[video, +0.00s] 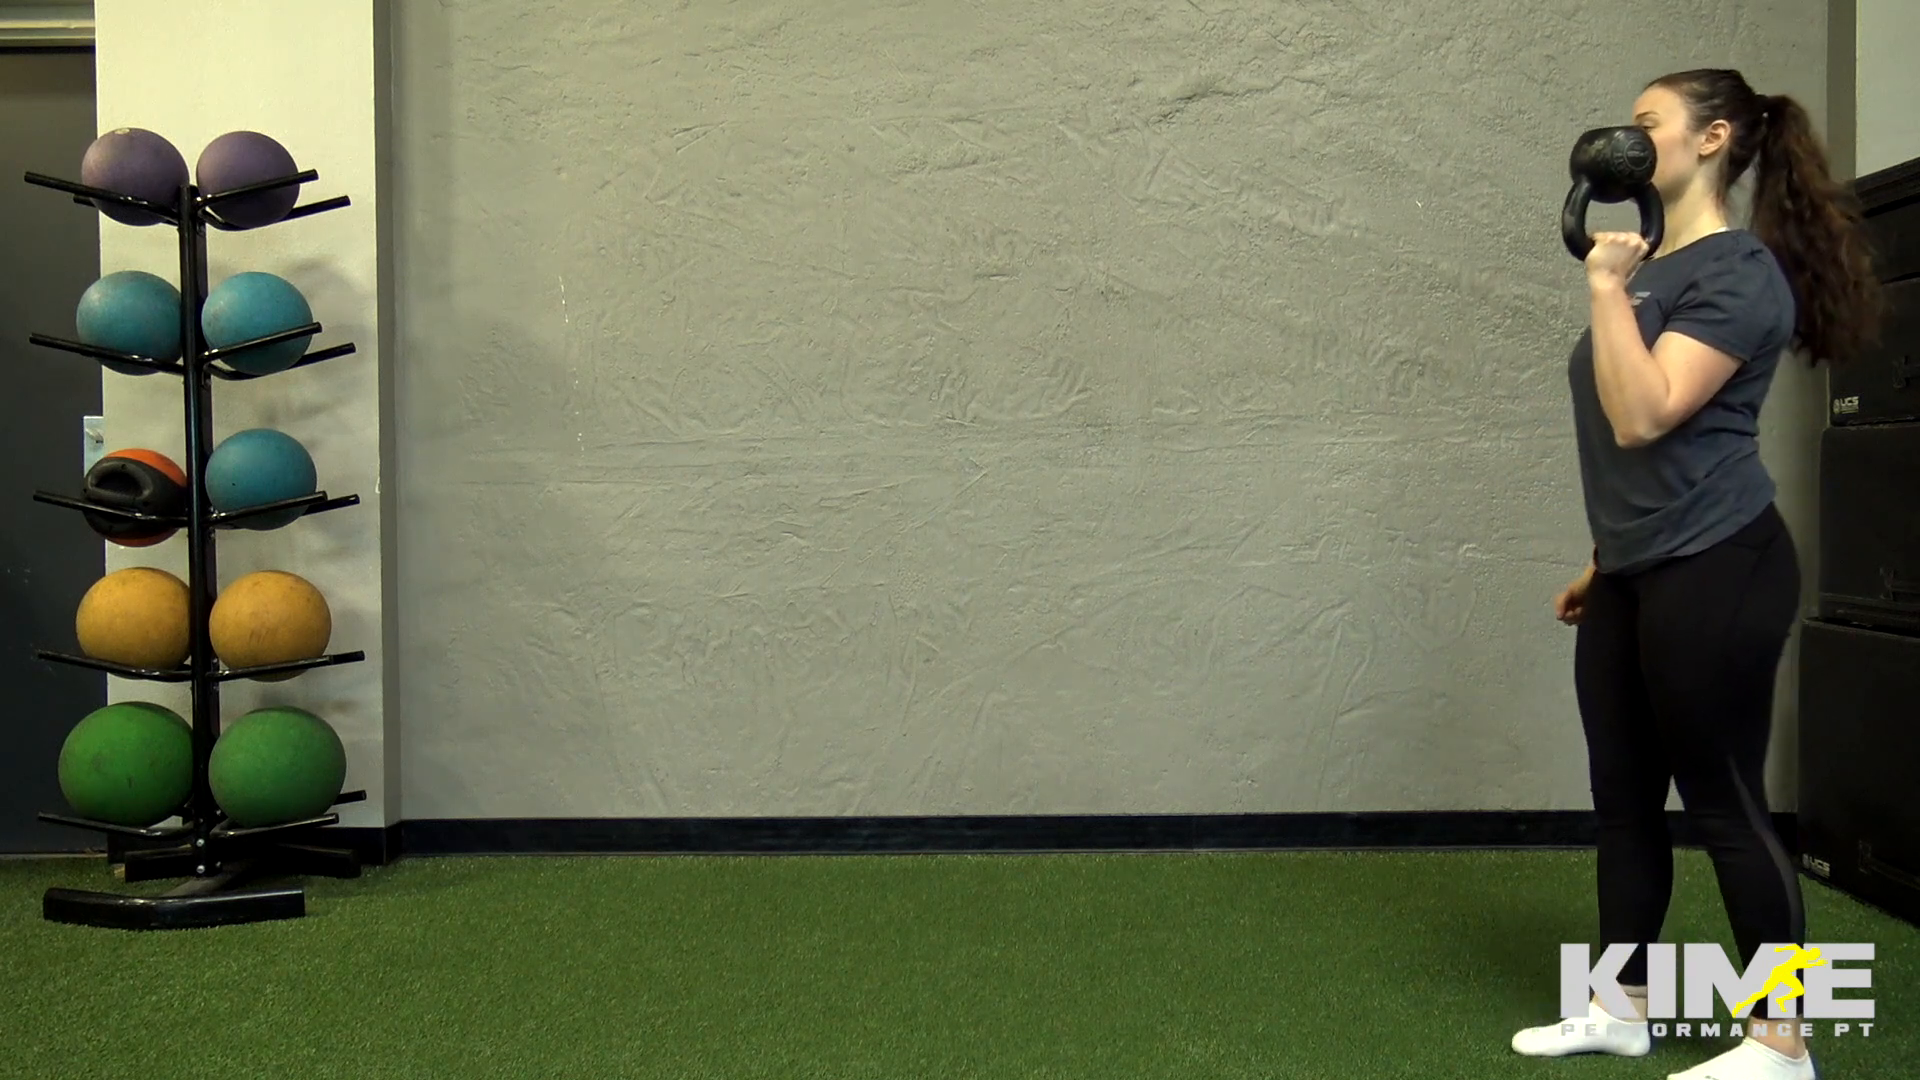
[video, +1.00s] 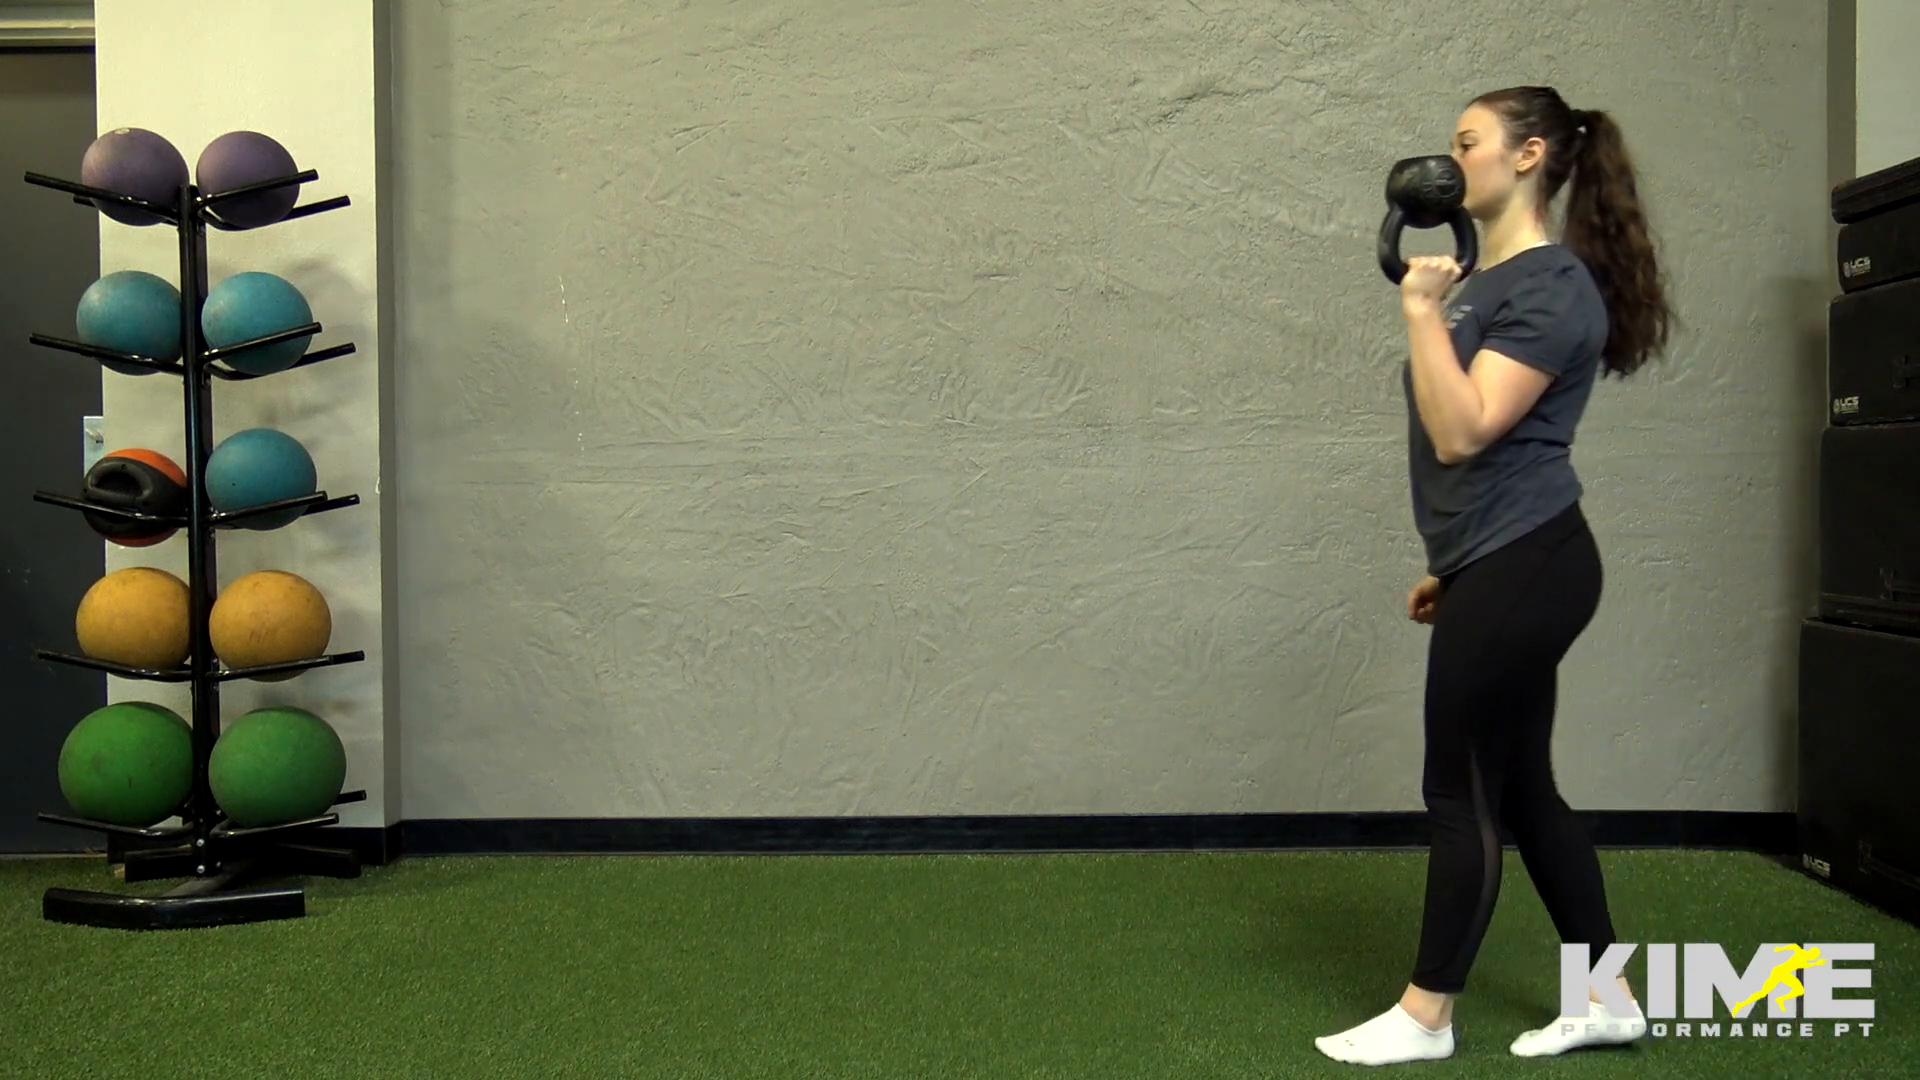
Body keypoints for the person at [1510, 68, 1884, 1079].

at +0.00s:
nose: (1628, 151)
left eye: (1647, 134)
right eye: (1630, 134)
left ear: (1716, 140)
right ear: (1699, 142)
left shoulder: (1743, 274)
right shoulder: (1653, 266)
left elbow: (1642, 413)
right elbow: (1644, 443)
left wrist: (1607, 284)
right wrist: (1606, 560)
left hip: (1718, 564)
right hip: (1633, 572)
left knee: (1724, 801)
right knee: (1624, 797)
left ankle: (1782, 1036)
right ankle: (1620, 1006)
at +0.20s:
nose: (1593, 156)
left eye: (1610, 139)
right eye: (1594, 140)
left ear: (1677, 145)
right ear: (1660, 146)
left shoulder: (1702, 279)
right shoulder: (1614, 270)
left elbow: (1604, 419)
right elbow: (1603, 442)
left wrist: (1568, 294)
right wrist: (1563, 558)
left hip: (1671, 564)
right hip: (1594, 571)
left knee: (1668, 796)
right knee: (1603, 794)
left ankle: (1774, 1022)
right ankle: (1621, 1007)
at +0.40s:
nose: (1559, 155)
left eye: (1578, 139)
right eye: (1562, 140)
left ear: (1642, 149)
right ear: (1621, 152)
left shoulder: (1668, 282)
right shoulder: (1587, 274)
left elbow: (1571, 431)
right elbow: (1576, 444)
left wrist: (1534, 301)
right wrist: (1531, 553)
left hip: (1634, 562)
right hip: (1571, 565)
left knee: (1555, 791)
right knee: (1588, 793)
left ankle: (1700, 991)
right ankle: (1619, 1002)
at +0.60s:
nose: (1531, 155)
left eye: (1550, 140)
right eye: (1534, 141)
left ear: (1614, 152)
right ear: (1592, 155)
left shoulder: (1638, 284)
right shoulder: (1563, 280)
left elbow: (1544, 432)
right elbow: (1563, 444)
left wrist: (1507, 306)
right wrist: (1522, 559)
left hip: (1609, 560)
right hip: (1566, 564)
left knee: (1498, 778)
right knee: (1586, 795)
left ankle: (1542, 1009)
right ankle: (1616, 1005)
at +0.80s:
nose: (1495, 160)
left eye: (1513, 143)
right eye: (1496, 146)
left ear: (1576, 158)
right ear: (1549, 162)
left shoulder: (1599, 286)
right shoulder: (1522, 281)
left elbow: (1507, 431)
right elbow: (1527, 442)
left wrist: (1467, 309)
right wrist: (1495, 561)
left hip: (1573, 562)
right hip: (1536, 567)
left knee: (1478, 782)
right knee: (1562, 788)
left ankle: (1424, 1005)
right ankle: (1611, 1004)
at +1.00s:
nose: (1451, 160)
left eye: (1470, 144)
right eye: (1453, 146)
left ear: (1532, 155)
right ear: (1513, 159)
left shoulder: (1555, 287)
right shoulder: (1488, 282)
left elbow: (1458, 433)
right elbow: (1491, 442)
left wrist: (1422, 311)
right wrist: (1454, 564)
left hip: (1526, 561)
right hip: (1495, 564)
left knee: (1459, 791)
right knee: (1523, 788)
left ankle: (1425, 1012)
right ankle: (1603, 993)